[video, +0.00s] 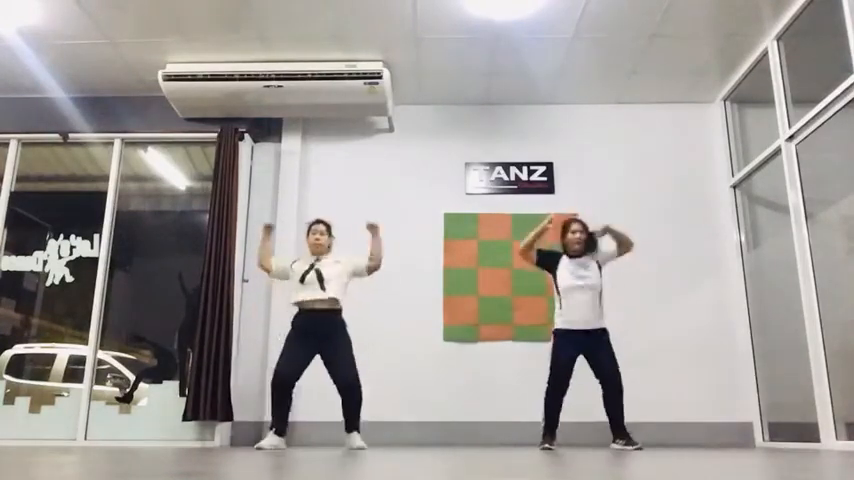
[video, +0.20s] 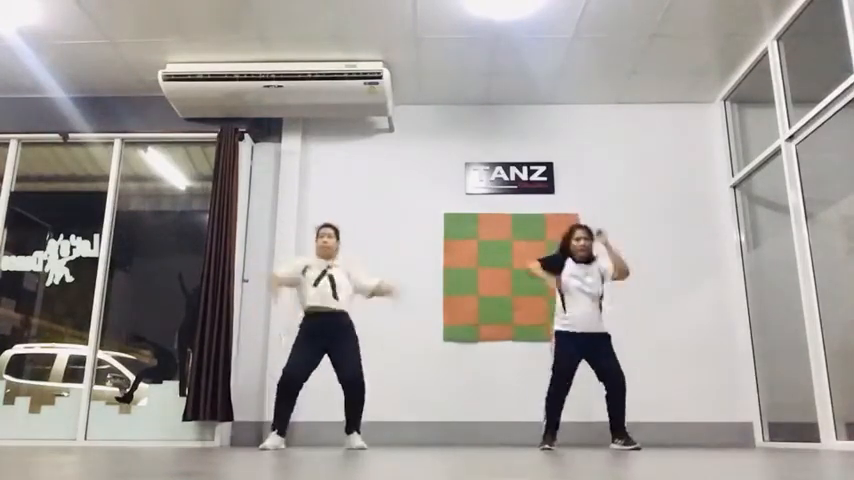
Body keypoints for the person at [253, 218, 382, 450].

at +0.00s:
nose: (317, 237)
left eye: (322, 234)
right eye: (313, 233)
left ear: (330, 240)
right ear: (307, 239)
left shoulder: (343, 264)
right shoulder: (296, 266)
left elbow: (374, 265)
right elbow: (265, 264)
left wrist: (375, 236)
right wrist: (267, 235)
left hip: (333, 326)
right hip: (303, 326)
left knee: (349, 382)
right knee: (282, 379)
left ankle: (353, 434)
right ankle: (277, 434)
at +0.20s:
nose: (325, 240)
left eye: (330, 237)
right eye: (322, 237)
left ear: (337, 244)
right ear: (315, 243)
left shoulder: (345, 271)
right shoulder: (305, 266)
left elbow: (364, 286)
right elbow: (279, 277)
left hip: (340, 326)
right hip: (312, 326)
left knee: (353, 379)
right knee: (290, 378)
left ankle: (353, 434)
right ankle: (278, 434)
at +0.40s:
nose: (333, 241)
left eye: (338, 238)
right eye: (330, 238)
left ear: (348, 244)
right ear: (325, 244)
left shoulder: (355, 273)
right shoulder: (313, 266)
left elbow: (377, 303)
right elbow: (290, 290)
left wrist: (362, 336)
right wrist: (293, 325)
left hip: (341, 332)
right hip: (310, 328)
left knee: (355, 380)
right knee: (284, 374)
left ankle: (353, 433)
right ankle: (277, 430)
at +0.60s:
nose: (325, 261)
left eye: (329, 256)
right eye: (321, 258)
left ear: (340, 260)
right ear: (318, 262)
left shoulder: (348, 286)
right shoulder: (311, 285)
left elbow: (360, 318)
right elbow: (288, 310)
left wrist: (352, 351)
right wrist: (289, 339)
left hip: (334, 349)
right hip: (305, 345)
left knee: (347, 391)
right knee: (273, 381)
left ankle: (351, 436)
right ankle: (285, 434)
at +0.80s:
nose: (310, 262)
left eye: (314, 258)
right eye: (306, 258)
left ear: (323, 263)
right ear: (301, 263)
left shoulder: (336, 285)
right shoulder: (297, 290)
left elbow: (356, 311)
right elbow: (279, 319)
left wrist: (357, 344)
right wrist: (292, 347)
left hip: (339, 349)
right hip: (309, 350)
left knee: (353, 384)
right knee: (279, 382)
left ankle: (354, 434)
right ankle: (287, 436)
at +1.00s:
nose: (325, 250)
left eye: (329, 246)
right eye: (321, 246)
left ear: (336, 250)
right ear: (315, 250)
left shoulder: (347, 275)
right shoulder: (305, 279)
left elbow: (373, 295)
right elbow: (293, 309)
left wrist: (364, 326)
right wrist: (304, 341)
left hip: (350, 336)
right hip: (320, 340)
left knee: (374, 376)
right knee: (297, 384)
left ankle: (377, 425)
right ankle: (288, 435)